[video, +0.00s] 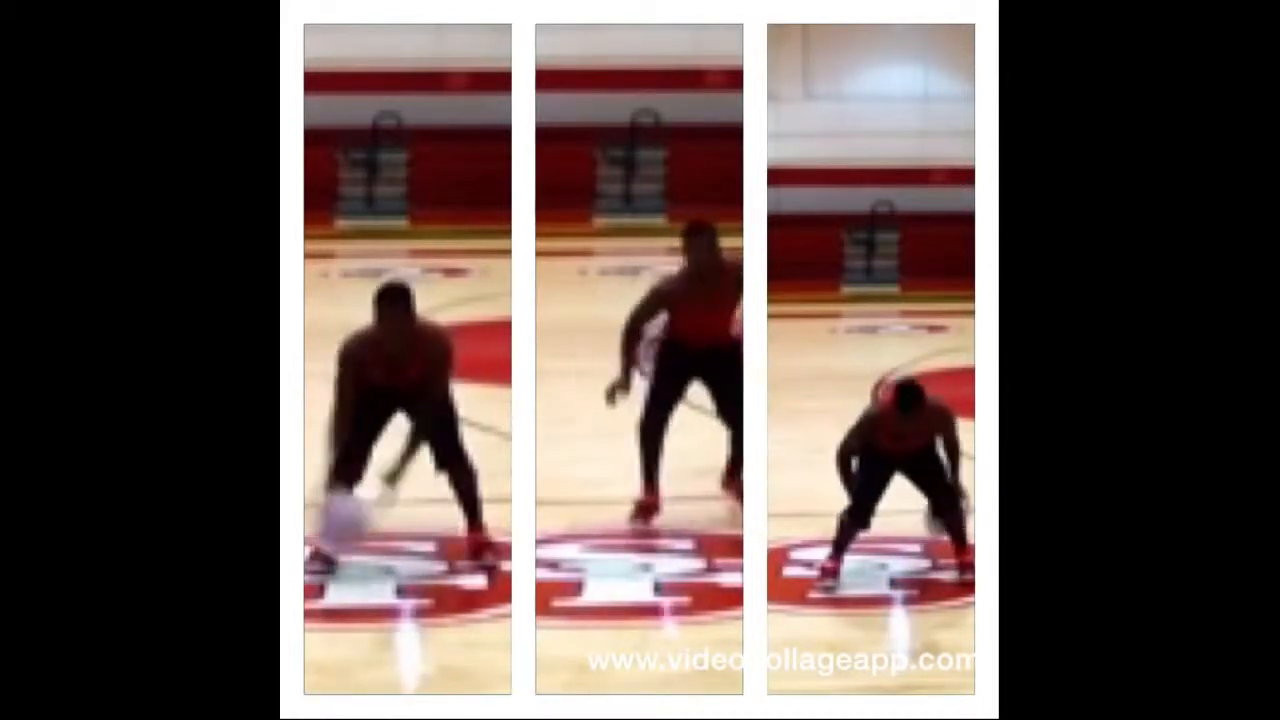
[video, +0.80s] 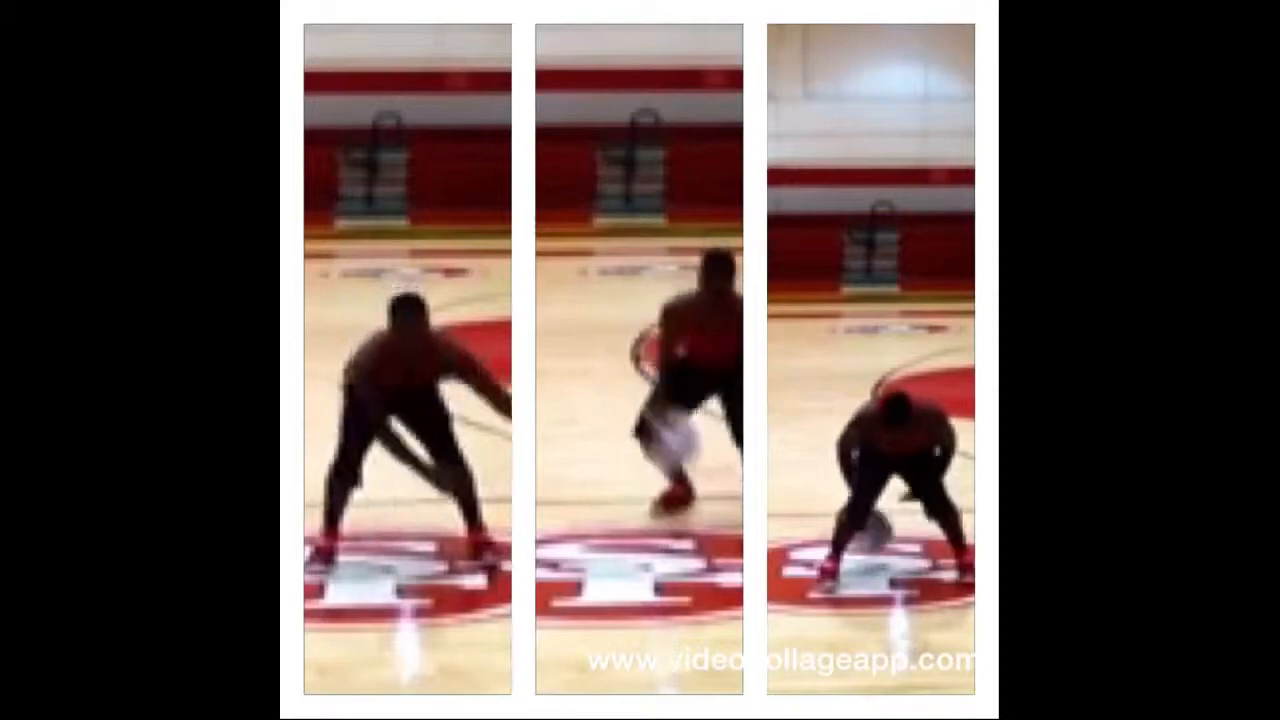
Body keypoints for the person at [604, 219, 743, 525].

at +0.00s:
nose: (702, 259)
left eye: (707, 251)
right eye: (695, 252)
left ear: (717, 250)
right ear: (686, 253)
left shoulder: (735, 277)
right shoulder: (673, 288)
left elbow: (755, 308)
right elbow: (634, 324)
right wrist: (626, 373)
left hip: (720, 351)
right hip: (678, 352)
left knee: (744, 421)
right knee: (651, 423)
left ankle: (734, 476)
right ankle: (650, 494)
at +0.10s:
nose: (701, 287)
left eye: (708, 279)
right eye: (695, 279)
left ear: (717, 276)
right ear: (685, 278)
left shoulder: (734, 301)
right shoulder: (670, 308)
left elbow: (752, 336)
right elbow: (644, 346)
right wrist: (636, 390)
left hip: (724, 370)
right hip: (681, 370)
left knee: (745, 439)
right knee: (662, 435)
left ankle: (738, 479)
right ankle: (655, 510)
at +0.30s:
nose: (703, 324)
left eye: (708, 316)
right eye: (697, 317)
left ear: (717, 310)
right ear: (686, 312)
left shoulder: (734, 330)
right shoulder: (668, 335)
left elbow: (751, 369)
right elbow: (656, 378)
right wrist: (663, 416)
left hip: (727, 384)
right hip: (689, 385)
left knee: (759, 429)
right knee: (674, 444)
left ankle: (732, 467)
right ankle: (658, 514)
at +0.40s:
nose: (701, 318)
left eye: (705, 310)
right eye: (695, 310)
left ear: (714, 303)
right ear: (684, 305)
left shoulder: (732, 325)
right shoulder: (669, 330)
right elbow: (654, 381)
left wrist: (713, 433)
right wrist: (648, 430)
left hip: (730, 385)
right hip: (693, 387)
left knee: (758, 439)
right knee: (682, 446)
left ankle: (739, 475)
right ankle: (660, 512)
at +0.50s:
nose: (695, 295)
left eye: (700, 287)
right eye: (688, 288)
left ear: (711, 281)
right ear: (680, 283)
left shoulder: (734, 305)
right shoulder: (672, 308)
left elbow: (749, 360)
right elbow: (642, 351)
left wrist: (732, 408)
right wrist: (614, 397)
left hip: (735, 369)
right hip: (696, 370)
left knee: (753, 440)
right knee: (681, 439)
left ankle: (739, 473)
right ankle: (660, 512)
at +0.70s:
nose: (705, 282)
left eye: (711, 274)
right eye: (700, 273)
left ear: (722, 269)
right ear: (692, 267)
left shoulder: (736, 296)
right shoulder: (675, 290)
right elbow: (644, 321)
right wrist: (614, 352)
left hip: (732, 359)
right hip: (691, 357)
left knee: (745, 422)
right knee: (668, 425)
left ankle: (758, 484)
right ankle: (682, 481)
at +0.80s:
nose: (717, 286)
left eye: (723, 279)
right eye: (711, 279)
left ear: (731, 279)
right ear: (702, 277)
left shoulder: (741, 311)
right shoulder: (678, 312)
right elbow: (665, 357)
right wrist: (667, 388)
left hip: (733, 375)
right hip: (691, 372)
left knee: (748, 436)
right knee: (649, 428)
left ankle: (757, 496)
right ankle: (680, 485)